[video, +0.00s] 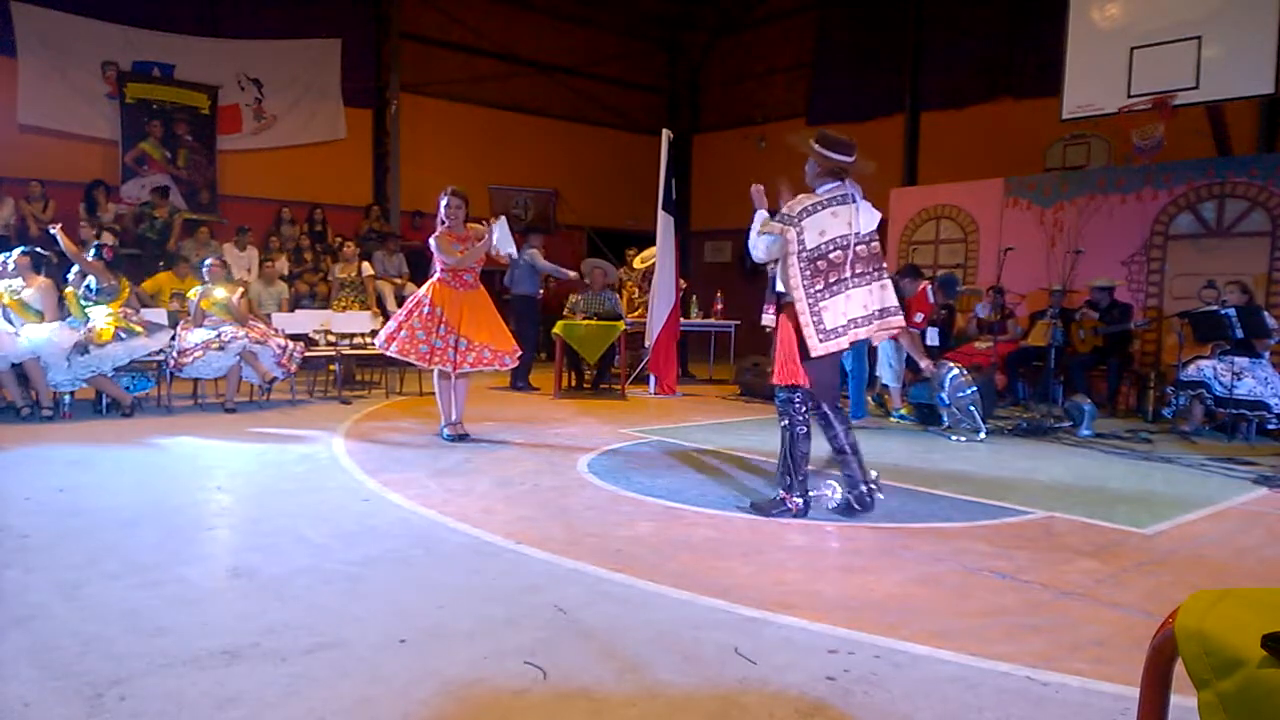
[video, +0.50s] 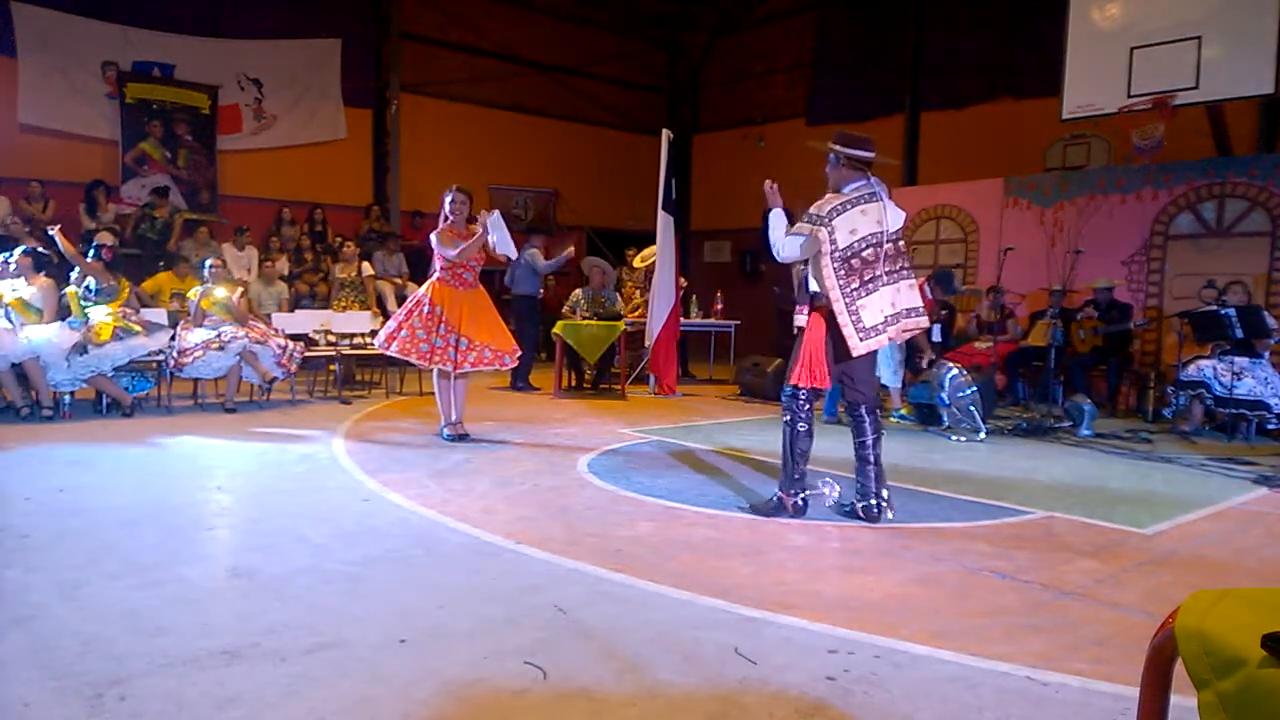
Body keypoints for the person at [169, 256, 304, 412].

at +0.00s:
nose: (208, 270)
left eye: (213, 266)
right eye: (206, 267)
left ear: (224, 270)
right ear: (203, 272)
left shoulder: (237, 290)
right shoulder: (197, 293)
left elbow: (244, 320)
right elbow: (196, 323)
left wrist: (231, 303)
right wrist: (200, 300)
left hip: (232, 327)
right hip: (207, 328)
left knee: (236, 356)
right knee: (237, 340)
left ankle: (229, 400)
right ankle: (264, 374)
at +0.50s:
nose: (215, 271)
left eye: (218, 267)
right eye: (211, 268)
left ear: (225, 270)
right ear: (205, 272)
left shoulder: (237, 290)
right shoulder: (197, 293)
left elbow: (244, 320)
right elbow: (197, 322)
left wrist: (231, 303)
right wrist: (201, 298)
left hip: (232, 327)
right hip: (207, 328)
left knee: (236, 356)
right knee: (237, 340)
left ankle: (229, 400)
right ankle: (264, 374)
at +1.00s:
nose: (212, 272)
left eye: (216, 268)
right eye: (209, 269)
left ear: (224, 270)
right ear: (203, 272)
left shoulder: (236, 289)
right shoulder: (197, 293)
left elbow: (244, 319)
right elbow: (197, 322)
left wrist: (234, 303)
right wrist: (201, 298)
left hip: (233, 327)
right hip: (208, 328)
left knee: (236, 356)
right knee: (237, 340)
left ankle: (230, 400)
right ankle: (264, 374)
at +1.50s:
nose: (210, 273)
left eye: (214, 269)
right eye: (206, 269)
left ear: (223, 270)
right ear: (201, 273)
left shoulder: (236, 289)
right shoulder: (197, 293)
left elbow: (245, 317)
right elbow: (196, 321)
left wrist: (233, 303)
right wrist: (201, 299)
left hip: (233, 328)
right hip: (207, 330)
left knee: (236, 357)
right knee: (238, 342)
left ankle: (230, 400)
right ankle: (264, 374)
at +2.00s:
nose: (209, 273)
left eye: (213, 269)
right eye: (205, 269)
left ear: (222, 270)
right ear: (201, 272)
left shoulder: (235, 289)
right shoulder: (196, 293)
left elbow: (245, 317)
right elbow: (196, 321)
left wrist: (233, 304)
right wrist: (199, 297)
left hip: (233, 327)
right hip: (208, 329)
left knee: (236, 358)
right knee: (239, 342)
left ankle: (230, 400)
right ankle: (265, 375)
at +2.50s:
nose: (208, 273)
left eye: (212, 269)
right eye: (204, 269)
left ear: (221, 270)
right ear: (200, 272)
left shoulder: (235, 289)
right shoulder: (196, 293)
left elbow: (246, 314)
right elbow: (194, 320)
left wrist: (233, 303)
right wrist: (197, 295)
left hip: (233, 327)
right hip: (208, 329)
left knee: (236, 358)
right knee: (239, 342)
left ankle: (229, 401)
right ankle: (264, 375)